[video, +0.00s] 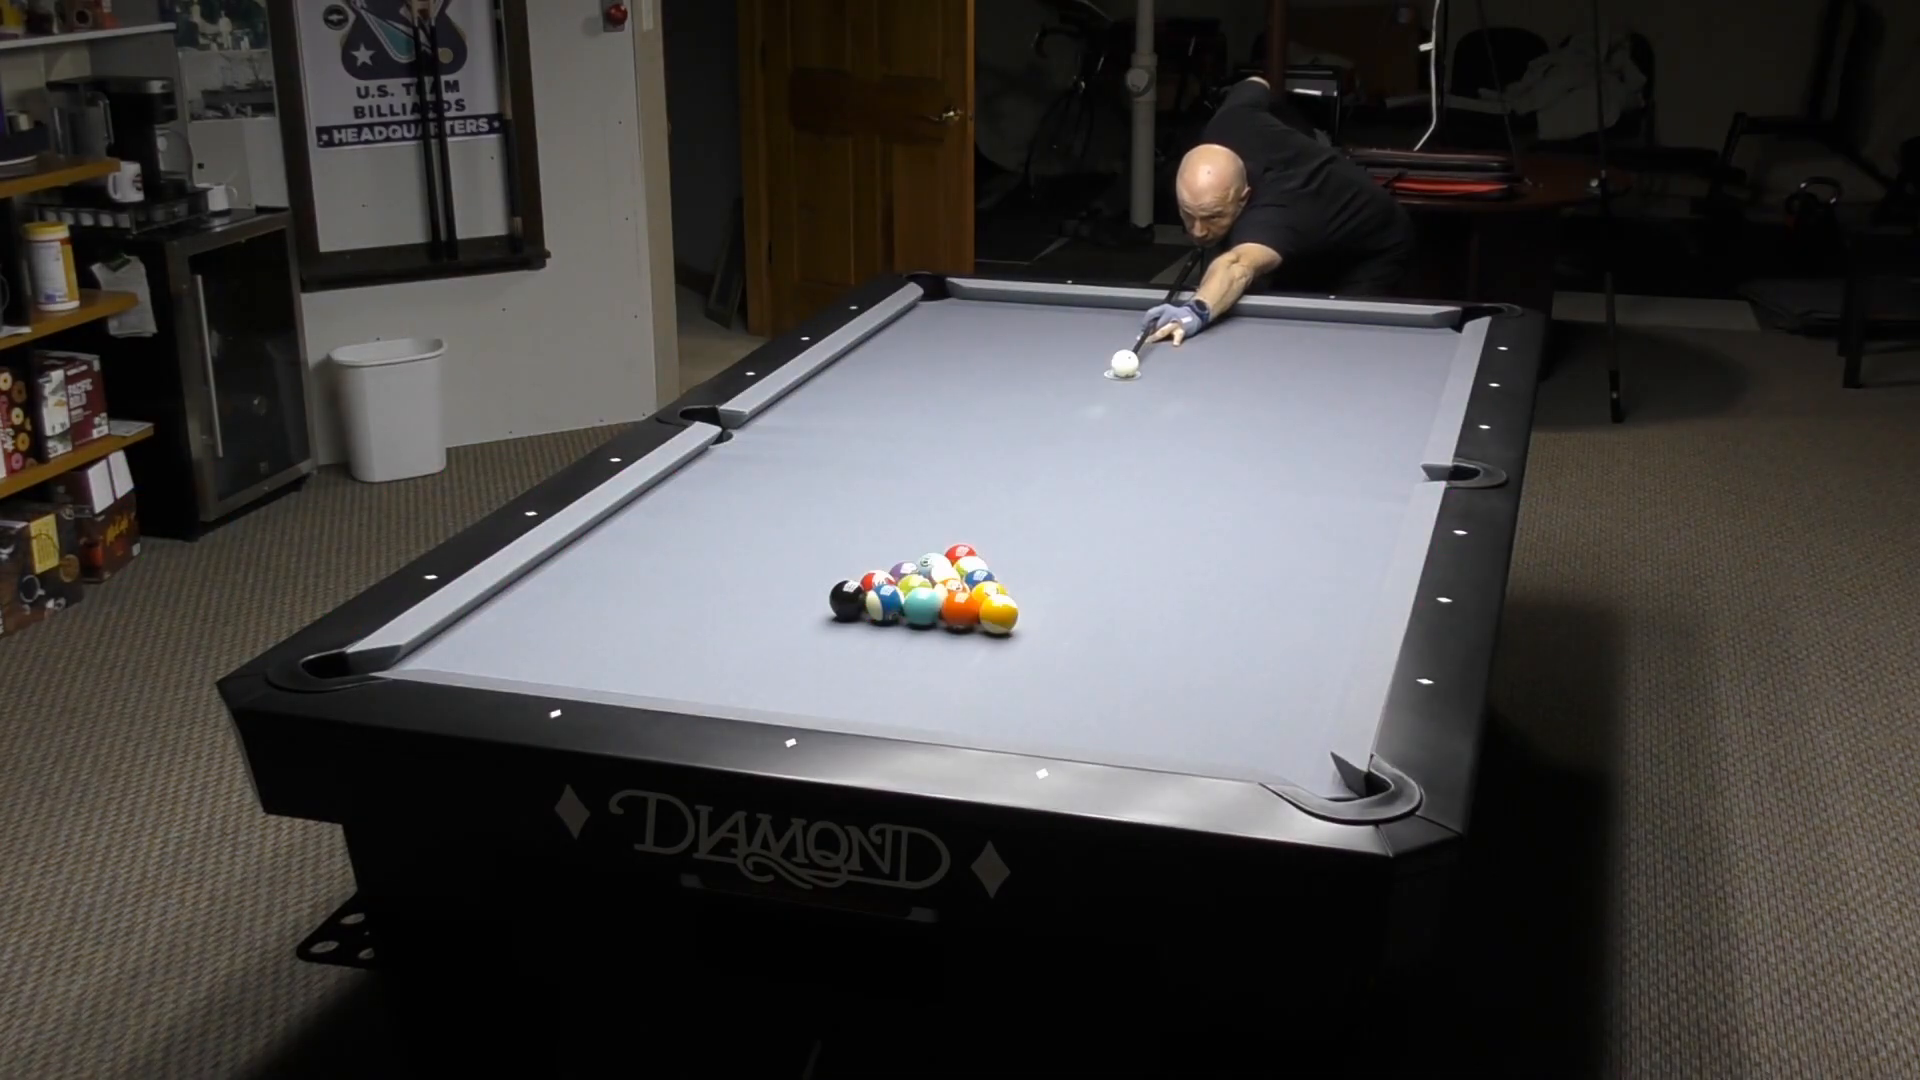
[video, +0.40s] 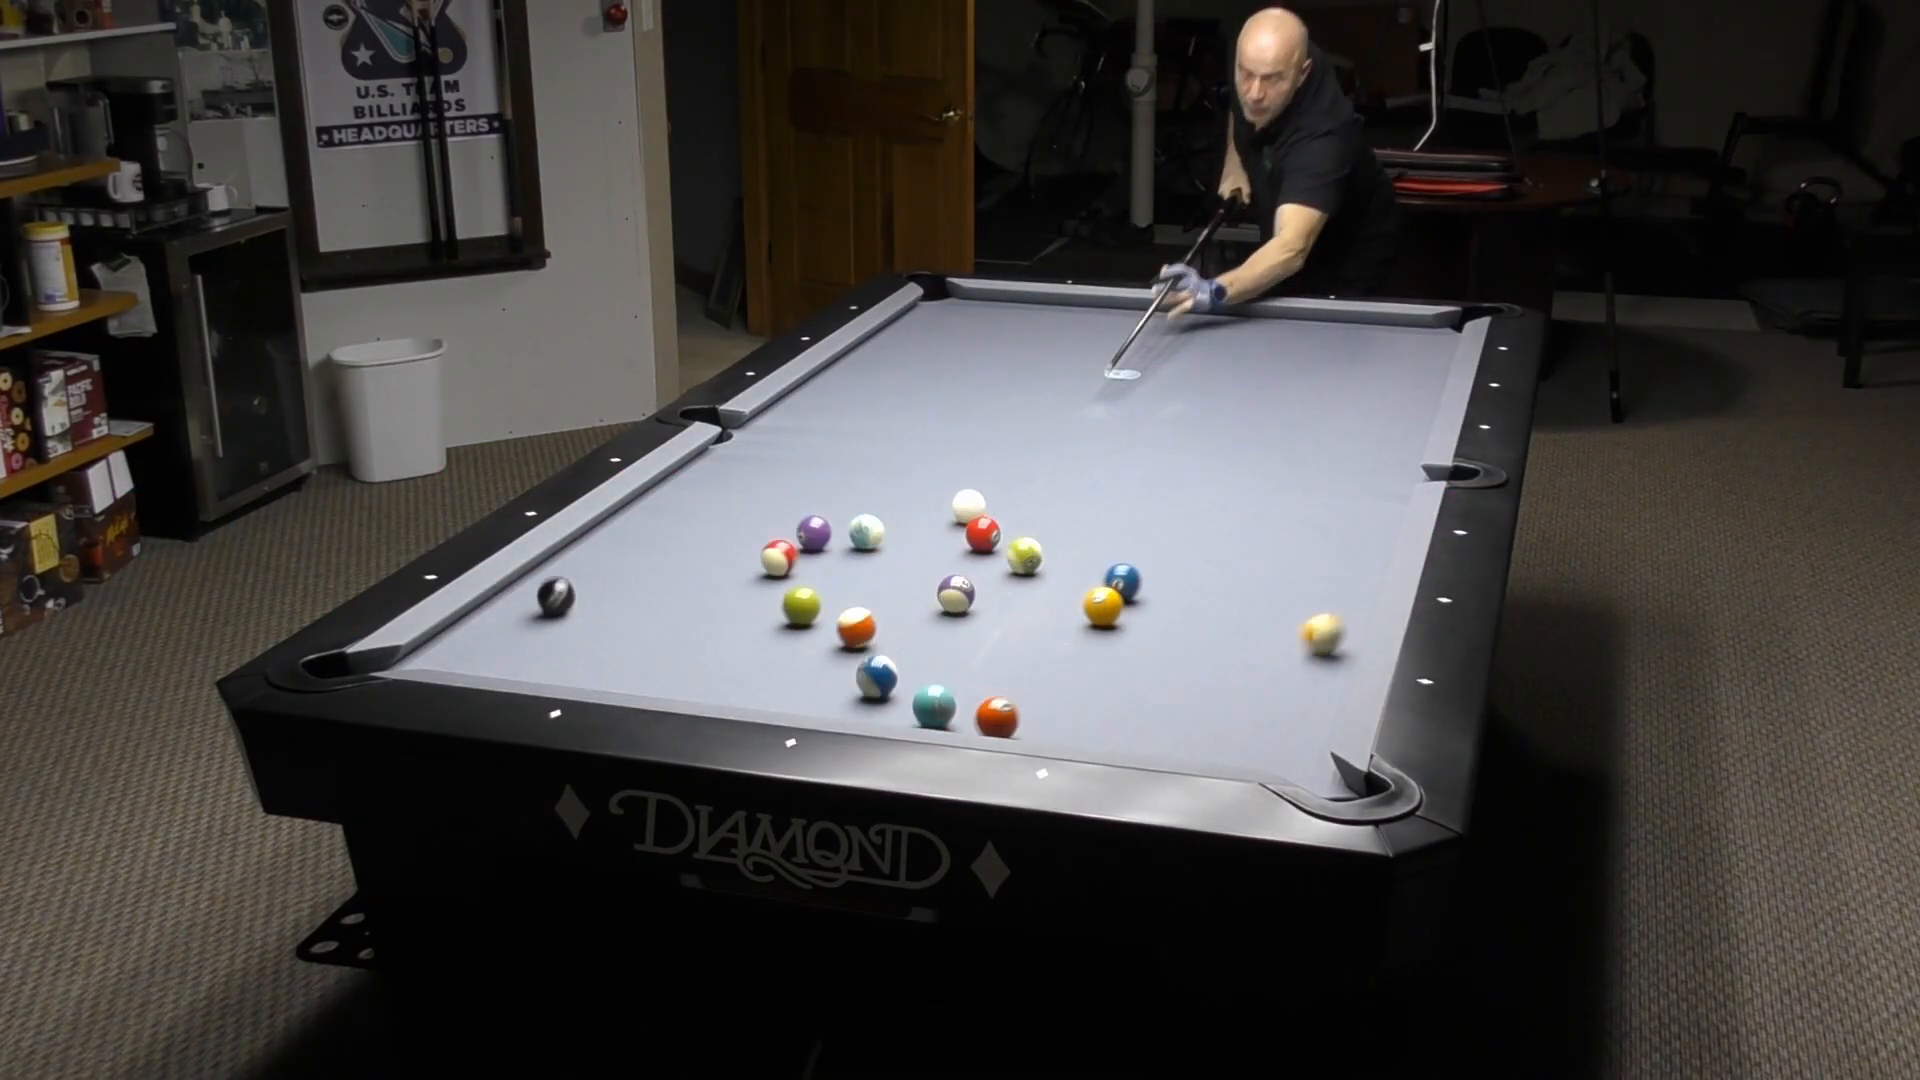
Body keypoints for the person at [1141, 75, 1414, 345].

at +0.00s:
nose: (1198, 232)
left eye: (1212, 219)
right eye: (1188, 217)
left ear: (1243, 195)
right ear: (1178, 188)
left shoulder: (1273, 217)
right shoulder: (1231, 122)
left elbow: (1238, 266)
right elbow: (1257, 81)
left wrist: (1194, 311)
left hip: (1379, 243)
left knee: (1339, 339)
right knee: (1280, 330)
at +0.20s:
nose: (1198, 221)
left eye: (1212, 207)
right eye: (1187, 205)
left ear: (1241, 184)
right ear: (1177, 181)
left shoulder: (1274, 196)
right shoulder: (1228, 113)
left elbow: (1258, 267)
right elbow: (1256, 78)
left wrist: (1198, 314)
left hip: (1373, 244)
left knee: (1338, 343)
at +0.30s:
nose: (1222, 174)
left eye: (1237, 161)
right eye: (1210, 159)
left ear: (1266, 138)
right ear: (1204, 127)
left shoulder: (1298, 170)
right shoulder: (1240, 78)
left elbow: (1277, 276)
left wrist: (1211, 316)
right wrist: (1221, 183)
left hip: (1363, 238)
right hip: (1295, 228)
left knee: (1342, 341)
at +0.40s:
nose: (1254, 94)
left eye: (1272, 80)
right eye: (1246, 74)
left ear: (1303, 72)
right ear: (1236, 60)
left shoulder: (1322, 129)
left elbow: (1291, 249)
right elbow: (1238, 106)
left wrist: (1214, 293)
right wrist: (1234, 162)